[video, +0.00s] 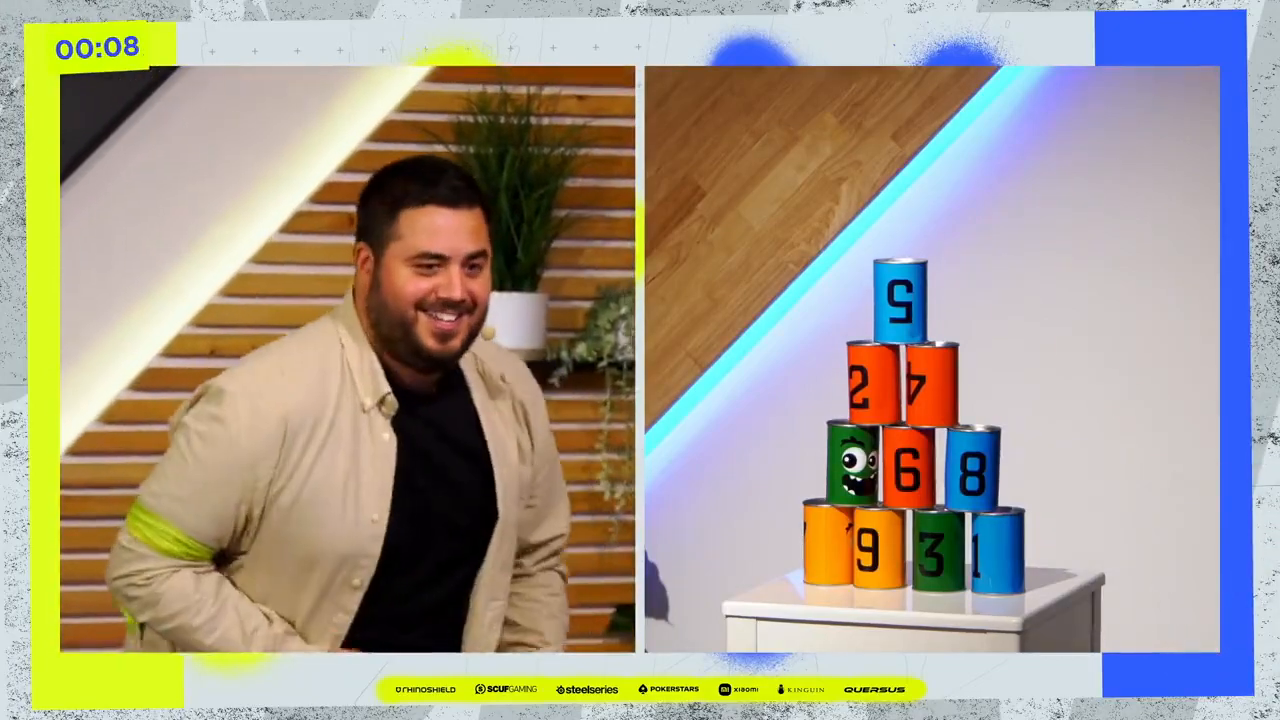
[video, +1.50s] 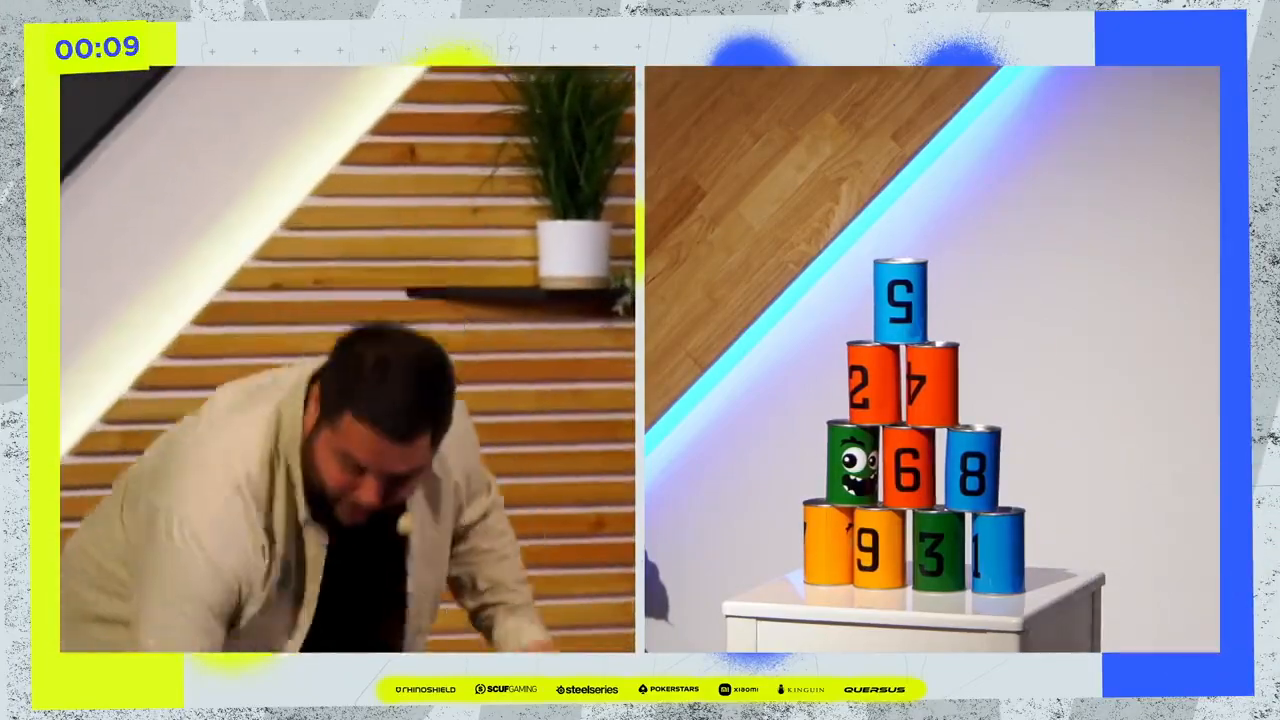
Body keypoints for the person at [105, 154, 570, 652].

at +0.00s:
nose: (456, 293)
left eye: (474, 266)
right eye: (427, 266)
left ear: (491, 269)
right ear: (366, 266)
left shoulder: (509, 385)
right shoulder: (260, 402)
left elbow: (538, 561)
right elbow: (149, 566)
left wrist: (521, 685)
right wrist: (309, 668)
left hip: (451, 704)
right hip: (275, 710)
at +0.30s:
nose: (442, 294)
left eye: (461, 271)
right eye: (418, 266)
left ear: (478, 261)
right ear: (359, 244)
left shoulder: (438, 358)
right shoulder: (275, 356)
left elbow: (413, 540)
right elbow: (178, 541)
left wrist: (494, 624)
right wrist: (324, 655)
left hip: (373, 684)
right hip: (223, 686)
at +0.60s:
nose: (362, 190)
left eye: (379, 168)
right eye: (335, 166)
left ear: (392, 182)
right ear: (275, 178)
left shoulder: (330, 304)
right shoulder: (230, 289)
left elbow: (296, 483)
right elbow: (184, 450)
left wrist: (420, 505)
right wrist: (331, 575)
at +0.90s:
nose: (392, 244)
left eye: (411, 222)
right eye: (373, 215)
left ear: (427, 210)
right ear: (311, 182)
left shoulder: (370, 286)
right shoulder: (213, 286)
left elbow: (395, 420)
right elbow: (111, 424)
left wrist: (515, 356)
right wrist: (117, 577)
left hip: (360, 649)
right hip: (236, 657)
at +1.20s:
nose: (414, 336)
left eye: (439, 314)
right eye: (394, 308)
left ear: (461, 291)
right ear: (343, 259)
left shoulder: (440, 336)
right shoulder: (217, 353)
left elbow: (457, 431)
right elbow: (114, 550)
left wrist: (585, 445)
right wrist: (81, 700)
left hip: (379, 674)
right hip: (234, 684)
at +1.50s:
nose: (370, 498)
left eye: (399, 479)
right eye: (351, 467)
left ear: (437, 443)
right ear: (314, 410)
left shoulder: (443, 433)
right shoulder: (212, 503)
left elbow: (475, 527)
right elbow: (169, 689)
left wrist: (522, 639)